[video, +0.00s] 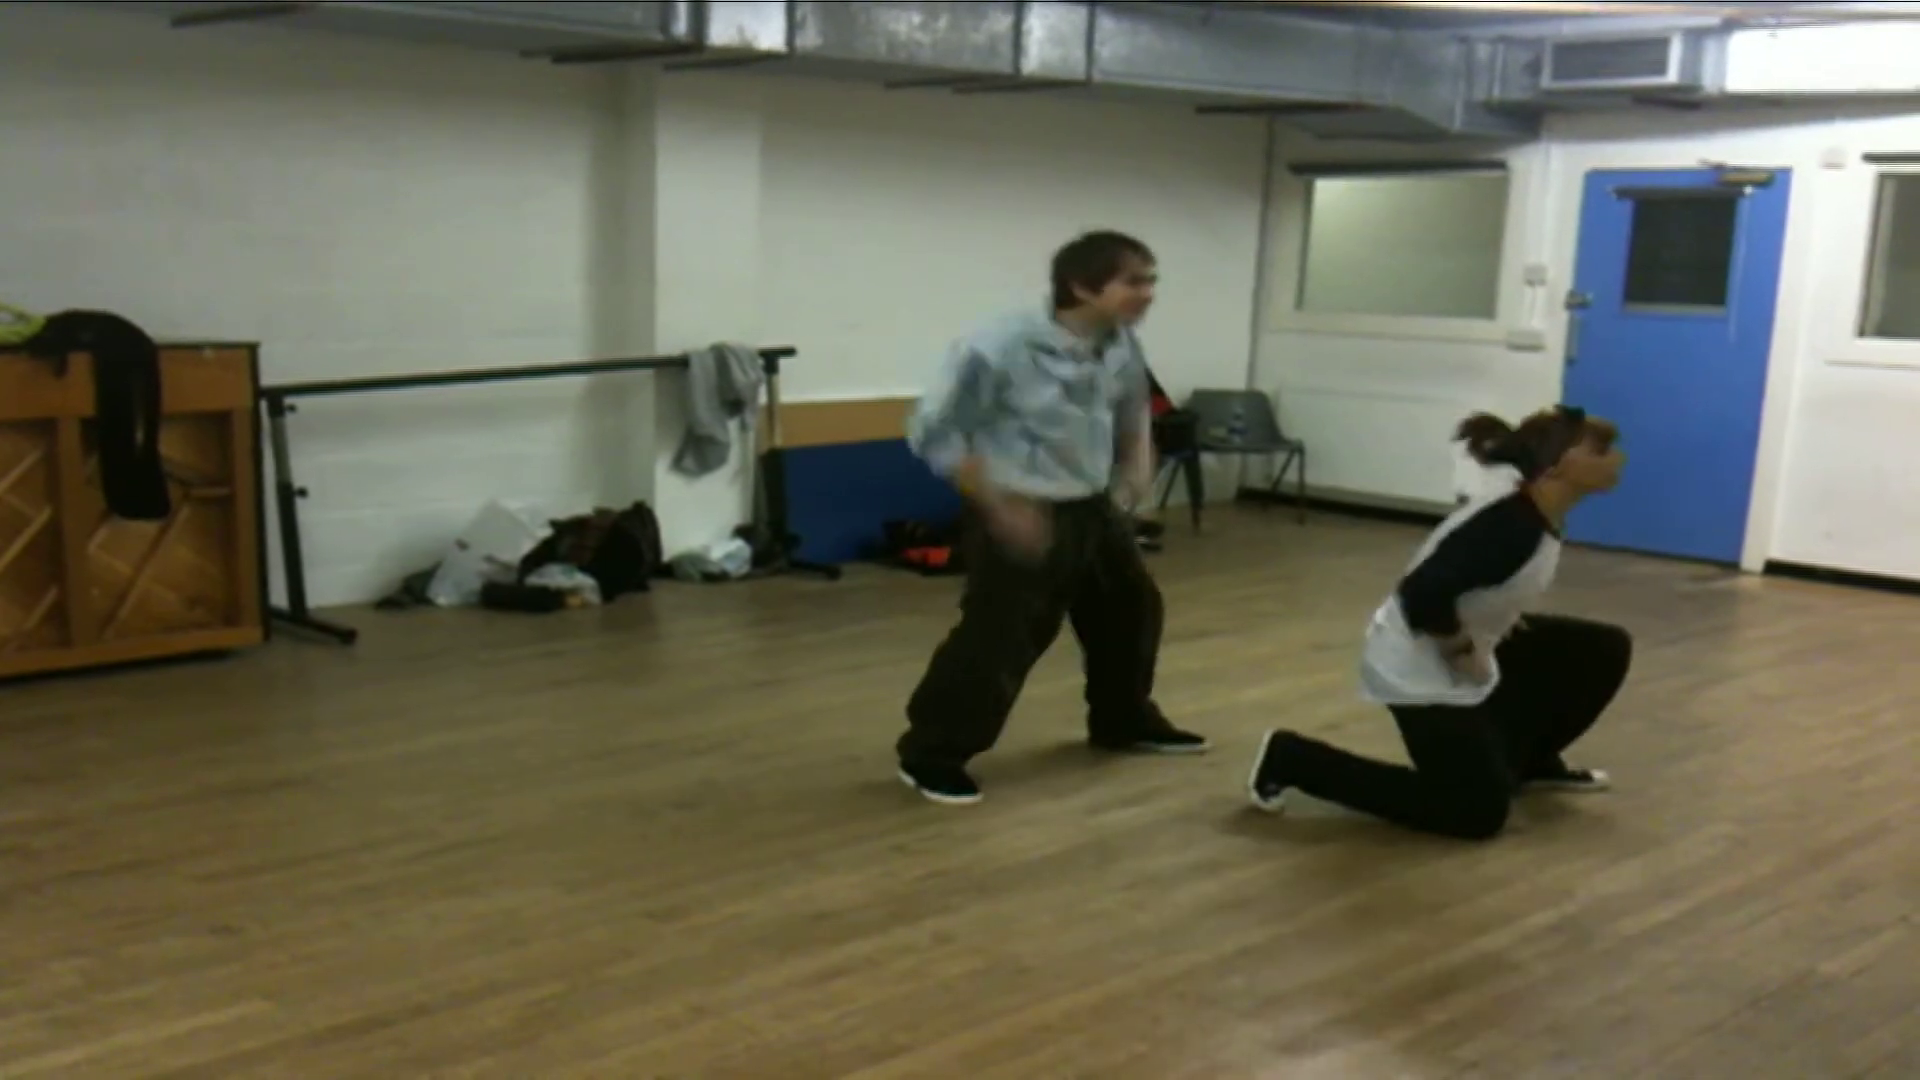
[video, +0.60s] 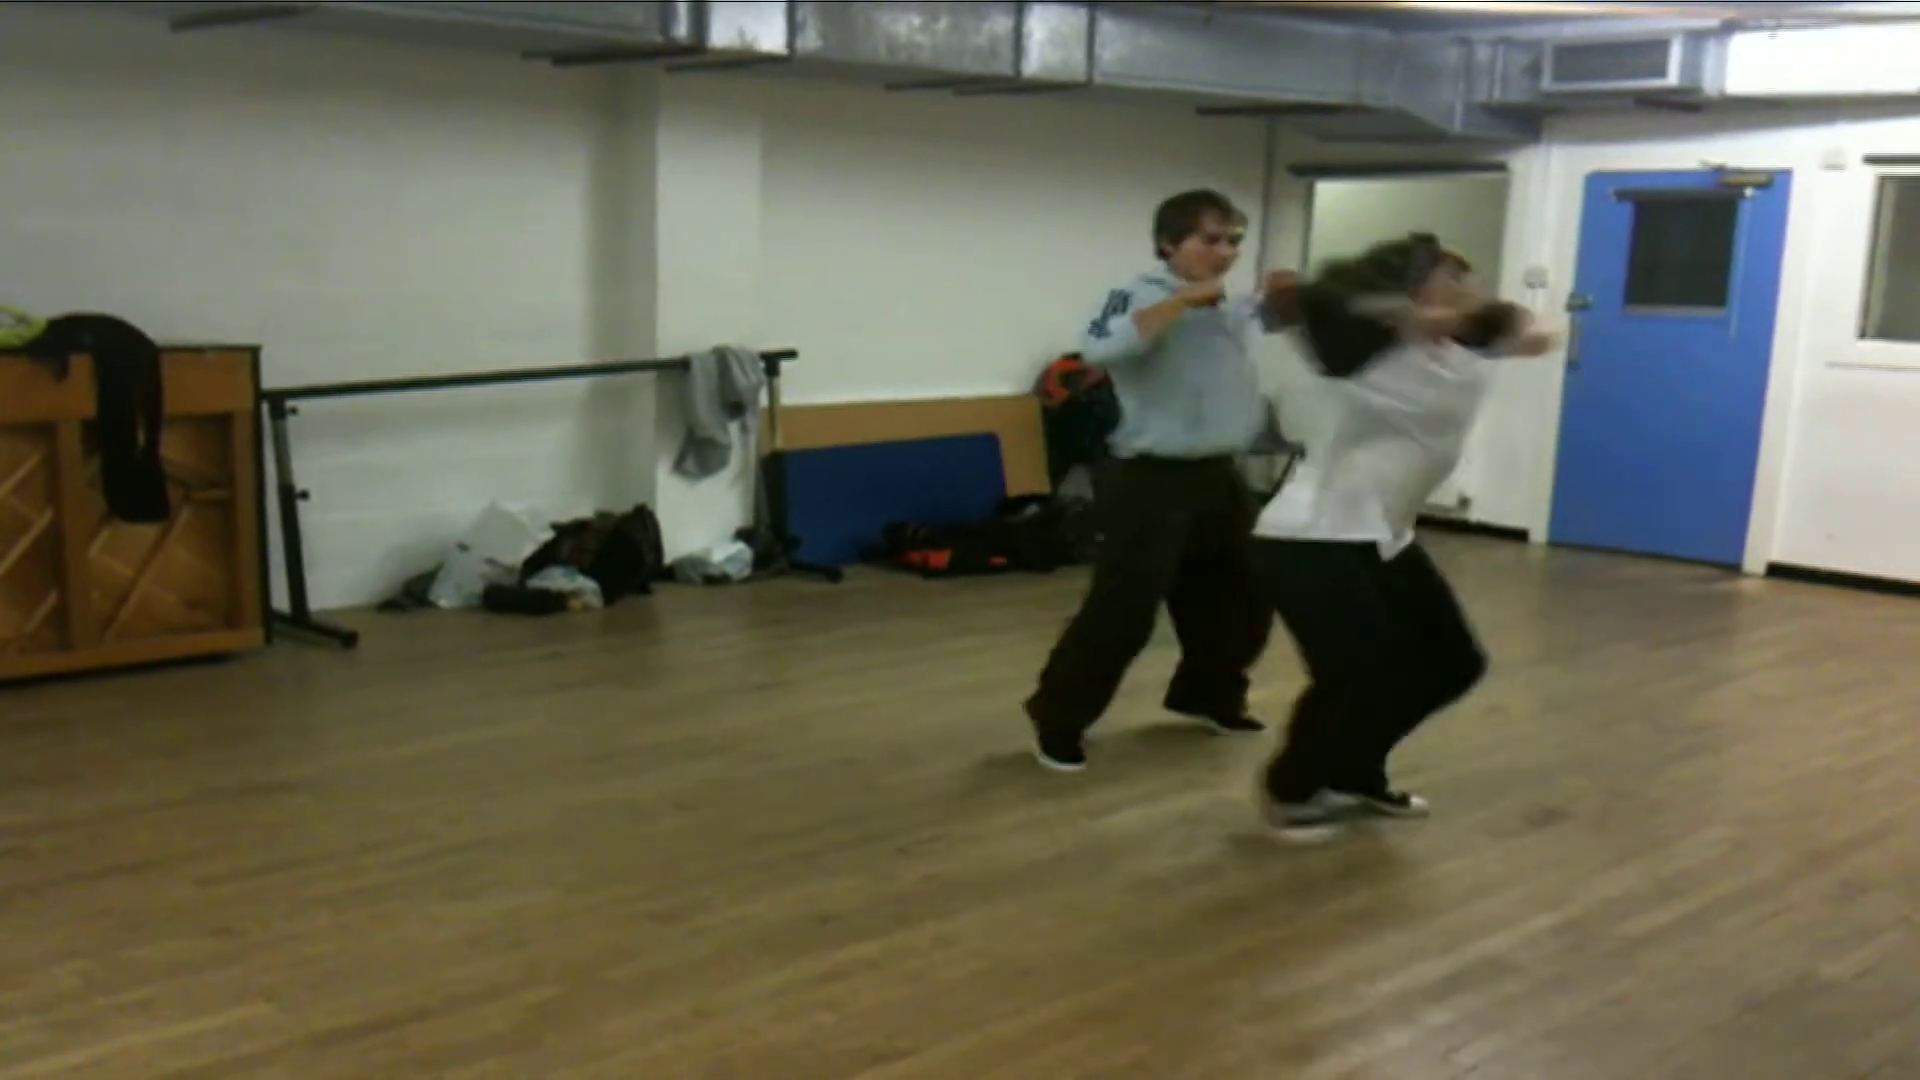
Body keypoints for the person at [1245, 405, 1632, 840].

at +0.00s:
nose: (1613, 453)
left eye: (1606, 444)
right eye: (1598, 448)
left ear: (1555, 471)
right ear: (1555, 471)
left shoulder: (1536, 512)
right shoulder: (1507, 526)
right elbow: (1422, 592)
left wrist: (1500, 620)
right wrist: (1458, 645)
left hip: (1476, 649)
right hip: (1420, 667)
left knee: (1604, 650)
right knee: (1474, 811)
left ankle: (1532, 760)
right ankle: (1293, 759)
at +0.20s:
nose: (1598, 407)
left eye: (1590, 397)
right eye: (1584, 400)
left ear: (1546, 420)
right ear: (1552, 418)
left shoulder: (1521, 461)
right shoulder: (1533, 479)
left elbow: (1513, 559)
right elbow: (1489, 574)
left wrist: (1562, 604)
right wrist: (1522, 646)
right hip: (1423, 635)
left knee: (1609, 654)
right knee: (1476, 767)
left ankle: (1532, 759)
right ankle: (1283, 758)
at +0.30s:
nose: (1572, 374)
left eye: (1566, 363)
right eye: (1556, 366)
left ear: (1527, 391)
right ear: (1520, 388)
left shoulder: (1533, 451)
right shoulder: (1497, 451)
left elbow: (1577, 531)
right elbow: (1569, 528)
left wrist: (1633, 575)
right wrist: (1636, 574)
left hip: (1469, 589)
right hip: (1402, 603)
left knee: (1587, 654)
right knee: (1490, 707)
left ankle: (1535, 760)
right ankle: (1314, 753)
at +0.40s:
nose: (1538, 346)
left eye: (1531, 336)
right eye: (1520, 338)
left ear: (1490, 361)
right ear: (1482, 357)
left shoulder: (1493, 411)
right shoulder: (1473, 415)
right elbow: (1574, 456)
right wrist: (1681, 461)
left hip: (1428, 570)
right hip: (1359, 577)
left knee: (1537, 657)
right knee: (1464, 675)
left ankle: (1530, 762)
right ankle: (1340, 787)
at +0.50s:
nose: (1498, 305)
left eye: (1492, 296)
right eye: (1479, 300)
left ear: (1495, 309)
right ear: (1445, 324)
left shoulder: (1505, 387)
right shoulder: (1432, 377)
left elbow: (1557, 382)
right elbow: (1431, 371)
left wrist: (1623, 370)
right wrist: (1491, 331)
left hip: (1386, 548)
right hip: (1317, 552)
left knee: (1496, 654)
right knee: (1413, 675)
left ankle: (1430, 753)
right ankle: (1330, 788)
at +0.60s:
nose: (1469, 287)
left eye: (1465, 274)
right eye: (1452, 277)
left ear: (1454, 293)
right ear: (1415, 295)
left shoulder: (1462, 363)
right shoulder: (1390, 359)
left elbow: (1539, 337)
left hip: (1382, 539)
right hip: (1311, 539)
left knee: (1451, 661)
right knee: (1363, 672)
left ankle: (1356, 770)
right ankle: (1291, 788)